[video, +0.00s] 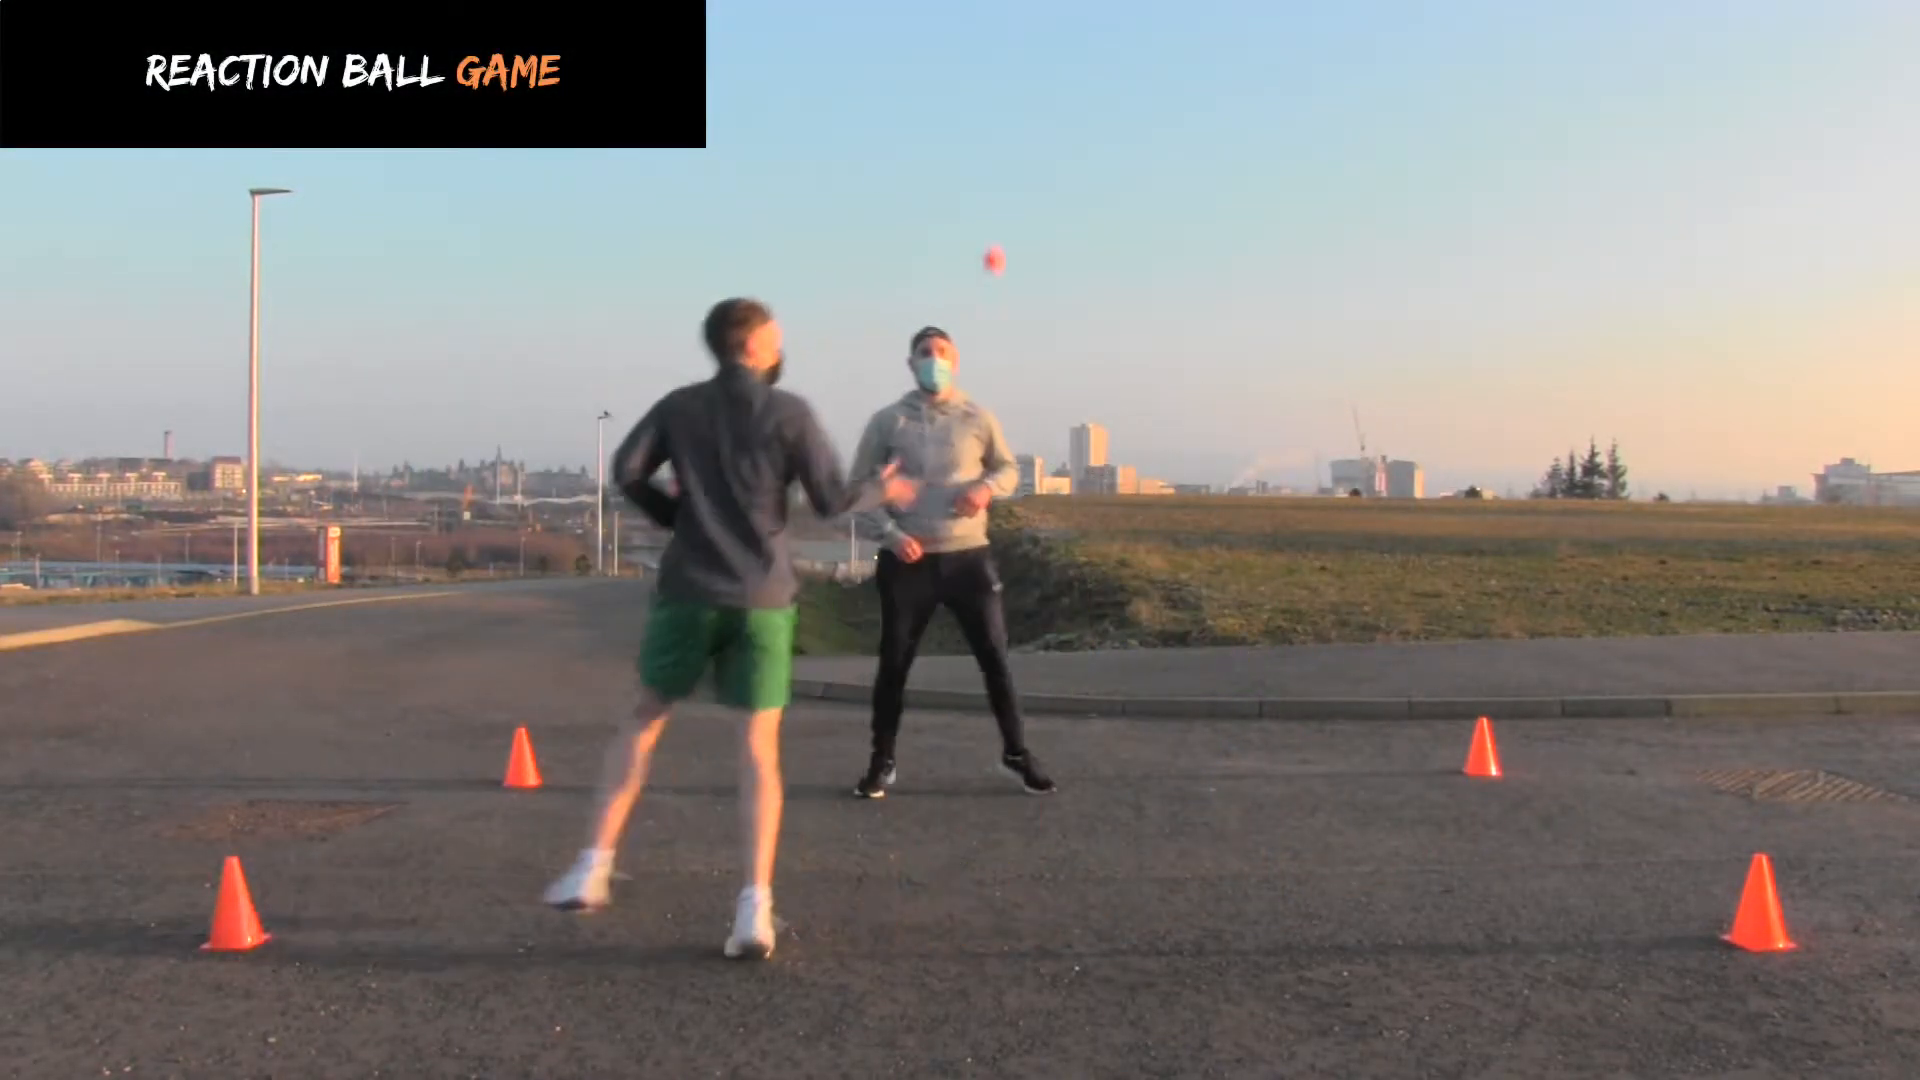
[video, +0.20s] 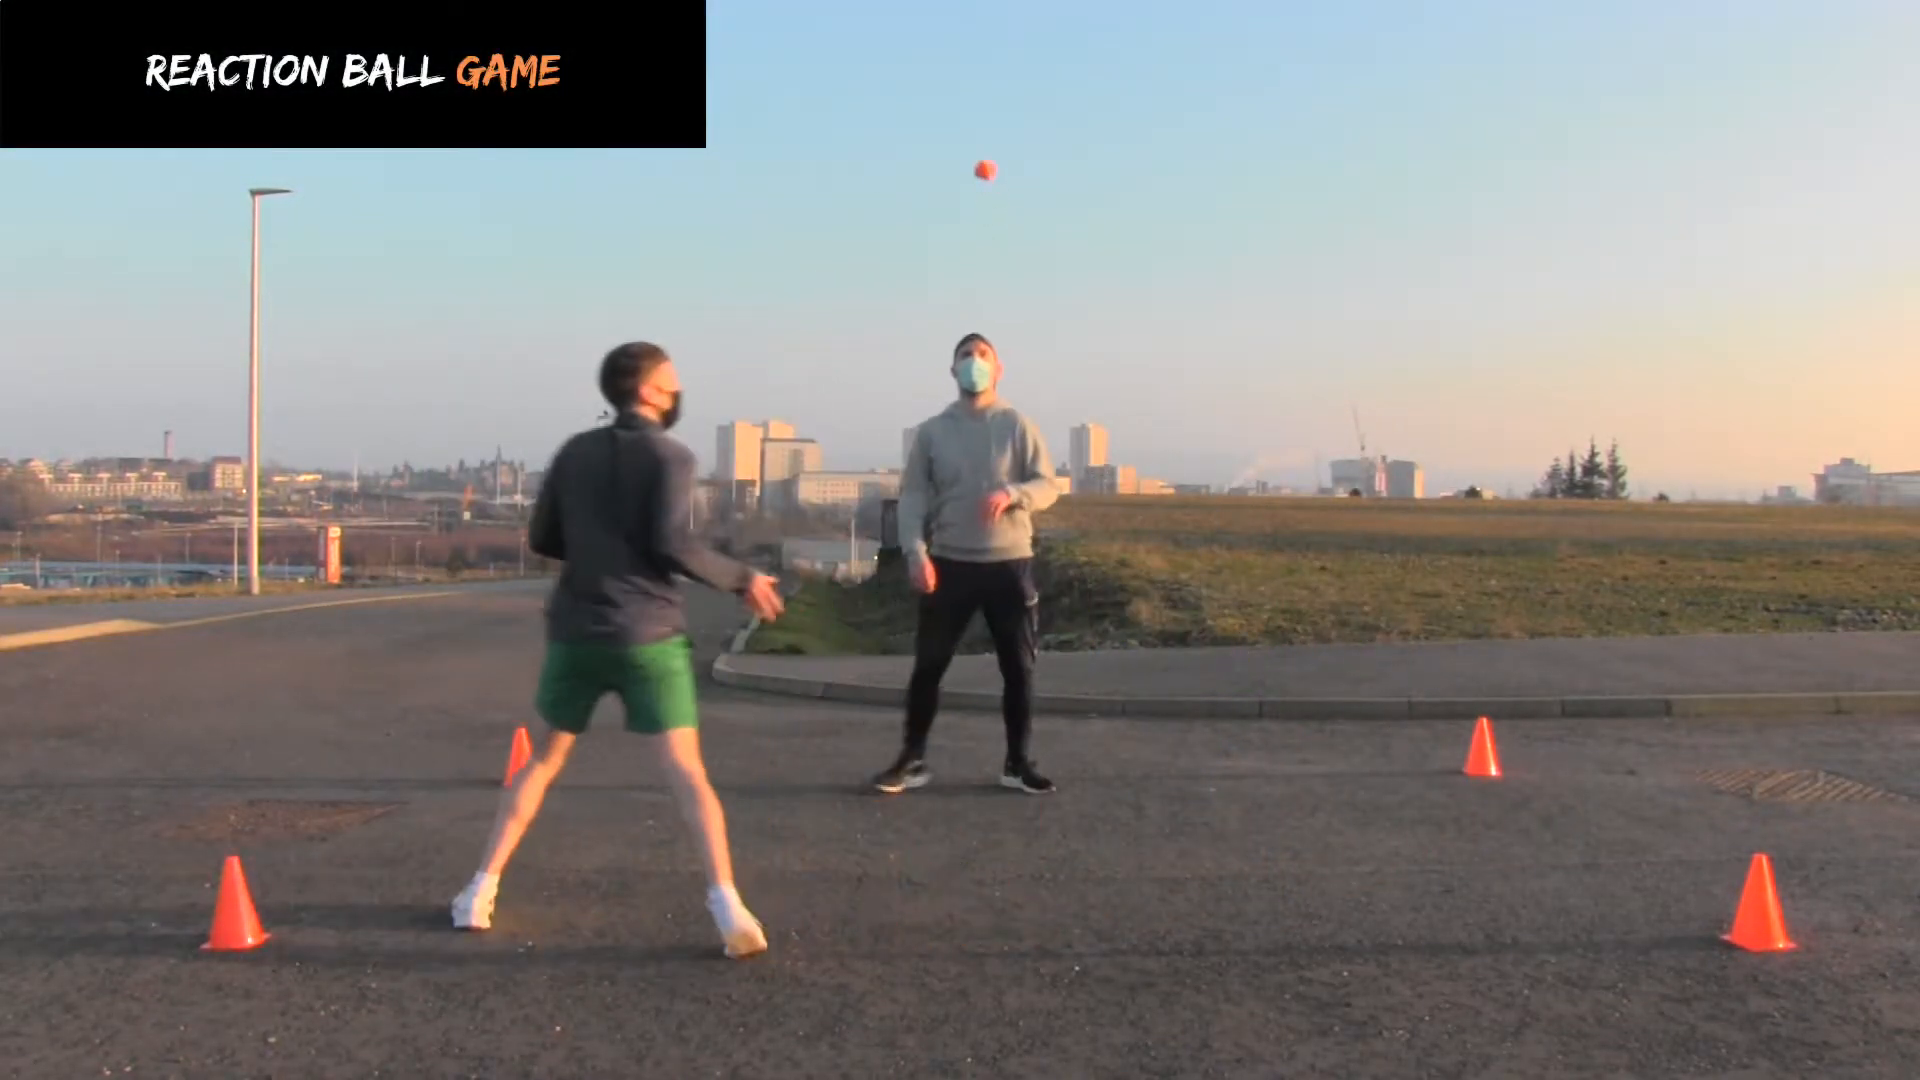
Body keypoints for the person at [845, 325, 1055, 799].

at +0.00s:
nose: (933, 363)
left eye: (941, 355)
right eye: (924, 355)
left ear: (955, 363)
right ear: (911, 364)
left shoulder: (978, 419)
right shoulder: (887, 422)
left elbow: (1009, 472)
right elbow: (859, 495)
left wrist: (986, 488)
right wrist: (891, 535)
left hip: (969, 557)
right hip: (907, 558)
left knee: (995, 656)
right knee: (894, 663)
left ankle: (1017, 752)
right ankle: (882, 760)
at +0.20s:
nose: (973, 364)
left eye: (982, 356)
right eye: (965, 357)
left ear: (997, 368)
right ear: (953, 369)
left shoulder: (1018, 427)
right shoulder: (931, 432)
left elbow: (1049, 486)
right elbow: (911, 499)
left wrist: (1014, 495)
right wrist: (915, 552)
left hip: (1009, 567)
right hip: (949, 566)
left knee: (1019, 670)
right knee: (927, 666)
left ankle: (1018, 763)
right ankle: (912, 759)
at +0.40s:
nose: (991, 362)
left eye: (1000, 355)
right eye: (982, 355)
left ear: (1016, 366)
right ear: (971, 366)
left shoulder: (1037, 421)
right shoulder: (950, 426)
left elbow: (1076, 477)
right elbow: (925, 490)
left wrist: (1053, 489)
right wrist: (938, 541)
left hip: (1027, 561)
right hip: (970, 562)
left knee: (1037, 666)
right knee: (986, 667)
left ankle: (1025, 755)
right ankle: (1003, 753)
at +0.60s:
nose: (1002, 387)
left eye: (1010, 380)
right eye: (993, 380)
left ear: (1026, 383)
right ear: (982, 385)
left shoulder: (1050, 434)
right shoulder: (964, 439)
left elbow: (1075, 484)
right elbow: (943, 506)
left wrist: (1073, 519)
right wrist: (953, 562)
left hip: (1047, 569)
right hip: (987, 572)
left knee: (1065, 665)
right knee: (1001, 674)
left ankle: (1065, 753)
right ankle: (1013, 754)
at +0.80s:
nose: (1020, 394)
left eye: (1029, 386)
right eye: (1012, 386)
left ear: (1048, 388)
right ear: (1002, 390)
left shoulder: (1079, 436)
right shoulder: (979, 443)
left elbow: (1106, 483)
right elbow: (960, 508)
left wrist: (1086, 525)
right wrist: (978, 566)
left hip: (1065, 576)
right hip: (1003, 579)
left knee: (1080, 678)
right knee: (1002, 677)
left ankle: (1098, 784)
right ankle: (1012, 746)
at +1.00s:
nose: (1016, 405)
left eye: (1025, 397)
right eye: (1008, 397)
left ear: (1046, 388)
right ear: (998, 392)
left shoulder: (1077, 434)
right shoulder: (984, 435)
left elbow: (1108, 503)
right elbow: (975, 504)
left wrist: (1084, 559)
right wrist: (979, 561)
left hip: (1064, 576)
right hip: (1004, 575)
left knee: (1081, 681)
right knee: (984, 677)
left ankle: (1098, 787)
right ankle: (1017, 741)